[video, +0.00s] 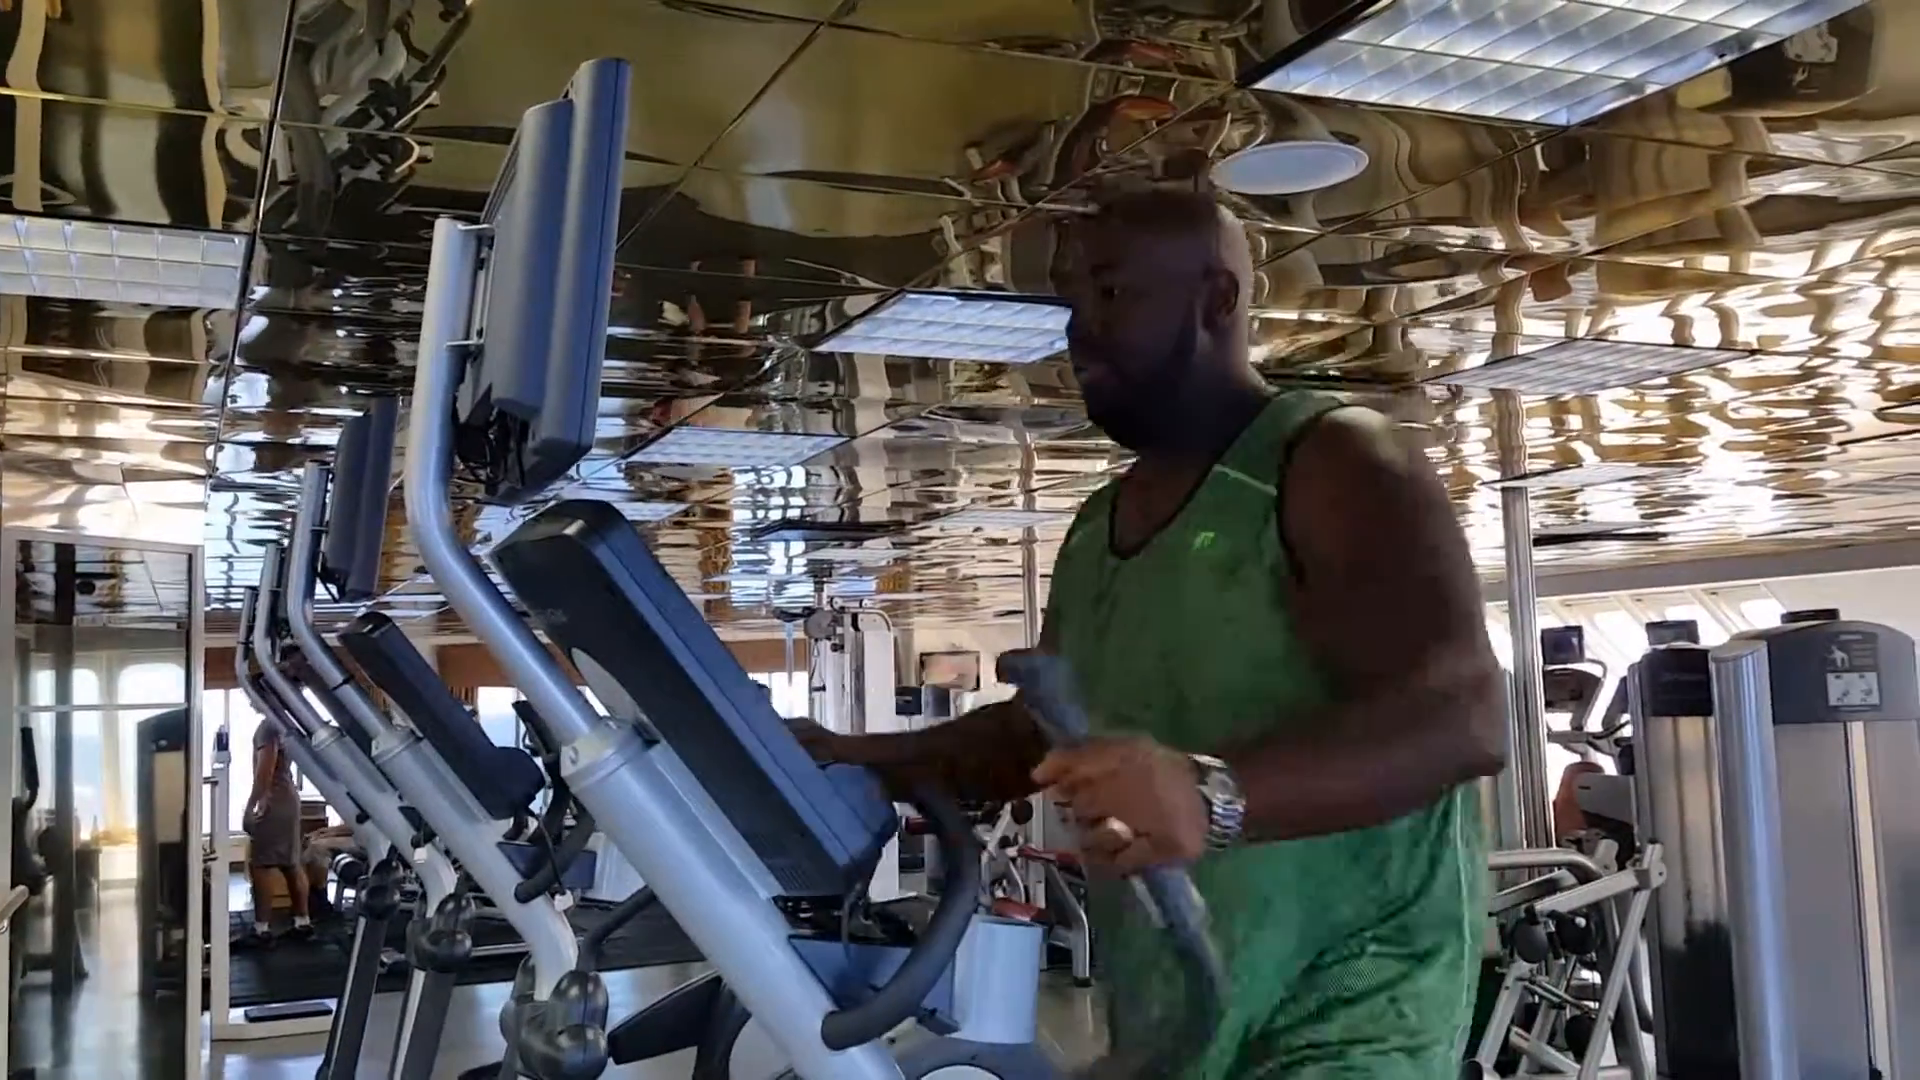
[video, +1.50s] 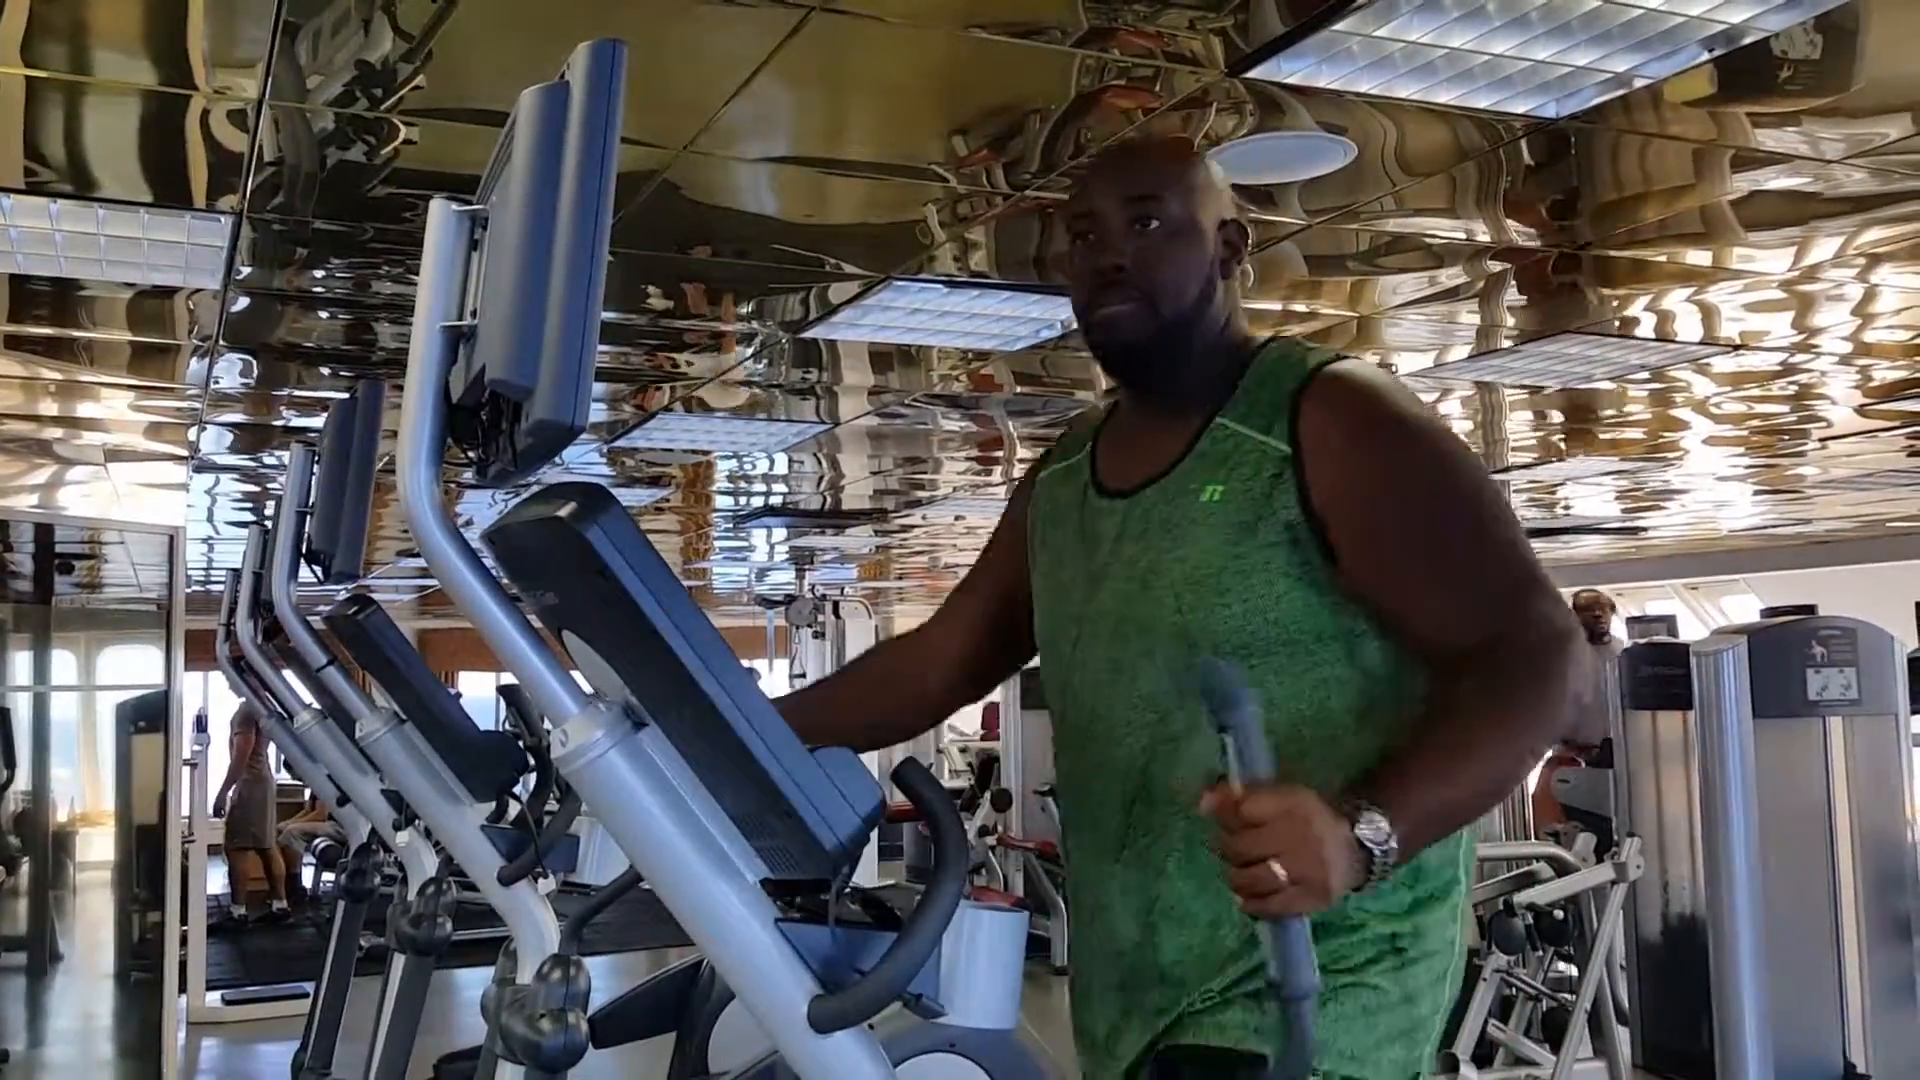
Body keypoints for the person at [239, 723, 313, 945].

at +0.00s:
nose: (248, 693)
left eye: (251, 693)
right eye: (247, 693)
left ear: (263, 693)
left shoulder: (267, 727)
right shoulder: (285, 723)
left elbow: (265, 771)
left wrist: (250, 806)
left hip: (271, 799)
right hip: (289, 798)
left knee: (260, 866)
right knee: (292, 864)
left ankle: (261, 927)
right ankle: (303, 922)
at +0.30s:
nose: (232, 698)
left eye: (235, 691)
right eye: (231, 692)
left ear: (249, 693)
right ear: (254, 694)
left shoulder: (254, 725)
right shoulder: (268, 722)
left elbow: (248, 772)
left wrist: (229, 807)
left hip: (258, 801)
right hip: (273, 799)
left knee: (245, 864)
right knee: (277, 863)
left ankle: (249, 926)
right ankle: (291, 922)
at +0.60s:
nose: (227, 700)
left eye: (230, 690)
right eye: (225, 692)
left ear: (244, 695)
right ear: (252, 696)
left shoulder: (250, 726)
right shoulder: (263, 724)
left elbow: (244, 773)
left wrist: (226, 808)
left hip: (254, 802)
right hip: (270, 800)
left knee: (241, 865)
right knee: (273, 864)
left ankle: (245, 928)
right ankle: (288, 923)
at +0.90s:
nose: (226, 684)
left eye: (229, 676)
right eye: (225, 676)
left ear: (244, 680)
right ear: (253, 683)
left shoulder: (249, 714)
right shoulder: (265, 712)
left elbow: (245, 761)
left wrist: (227, 797)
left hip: (252, 791)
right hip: (269, 788)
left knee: (240, 854)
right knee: (272, 852)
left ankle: (245, 915)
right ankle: (287, 910)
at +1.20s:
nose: (226, 675)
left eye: (230, 670)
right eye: (226, 670)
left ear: (242, 676)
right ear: (252, 677)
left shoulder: (248, 710)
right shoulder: (264, 707)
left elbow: (242, 757)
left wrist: (222, 793)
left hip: (250, 785)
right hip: (267, 783)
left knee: (238, 849)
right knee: (270, 848)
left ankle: (241, 911)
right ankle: (284, 907)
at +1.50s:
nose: (225, 675)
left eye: (229, 671)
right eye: (226, 671)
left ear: (241, 676)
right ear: (254, 677)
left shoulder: (246, 711)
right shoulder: (263, 707)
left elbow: (241, 757)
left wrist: (222, 793)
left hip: (250, 784)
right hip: (265, 782)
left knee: (235, 847)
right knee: (268, 846)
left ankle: (238, 909)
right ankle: (280, 904)